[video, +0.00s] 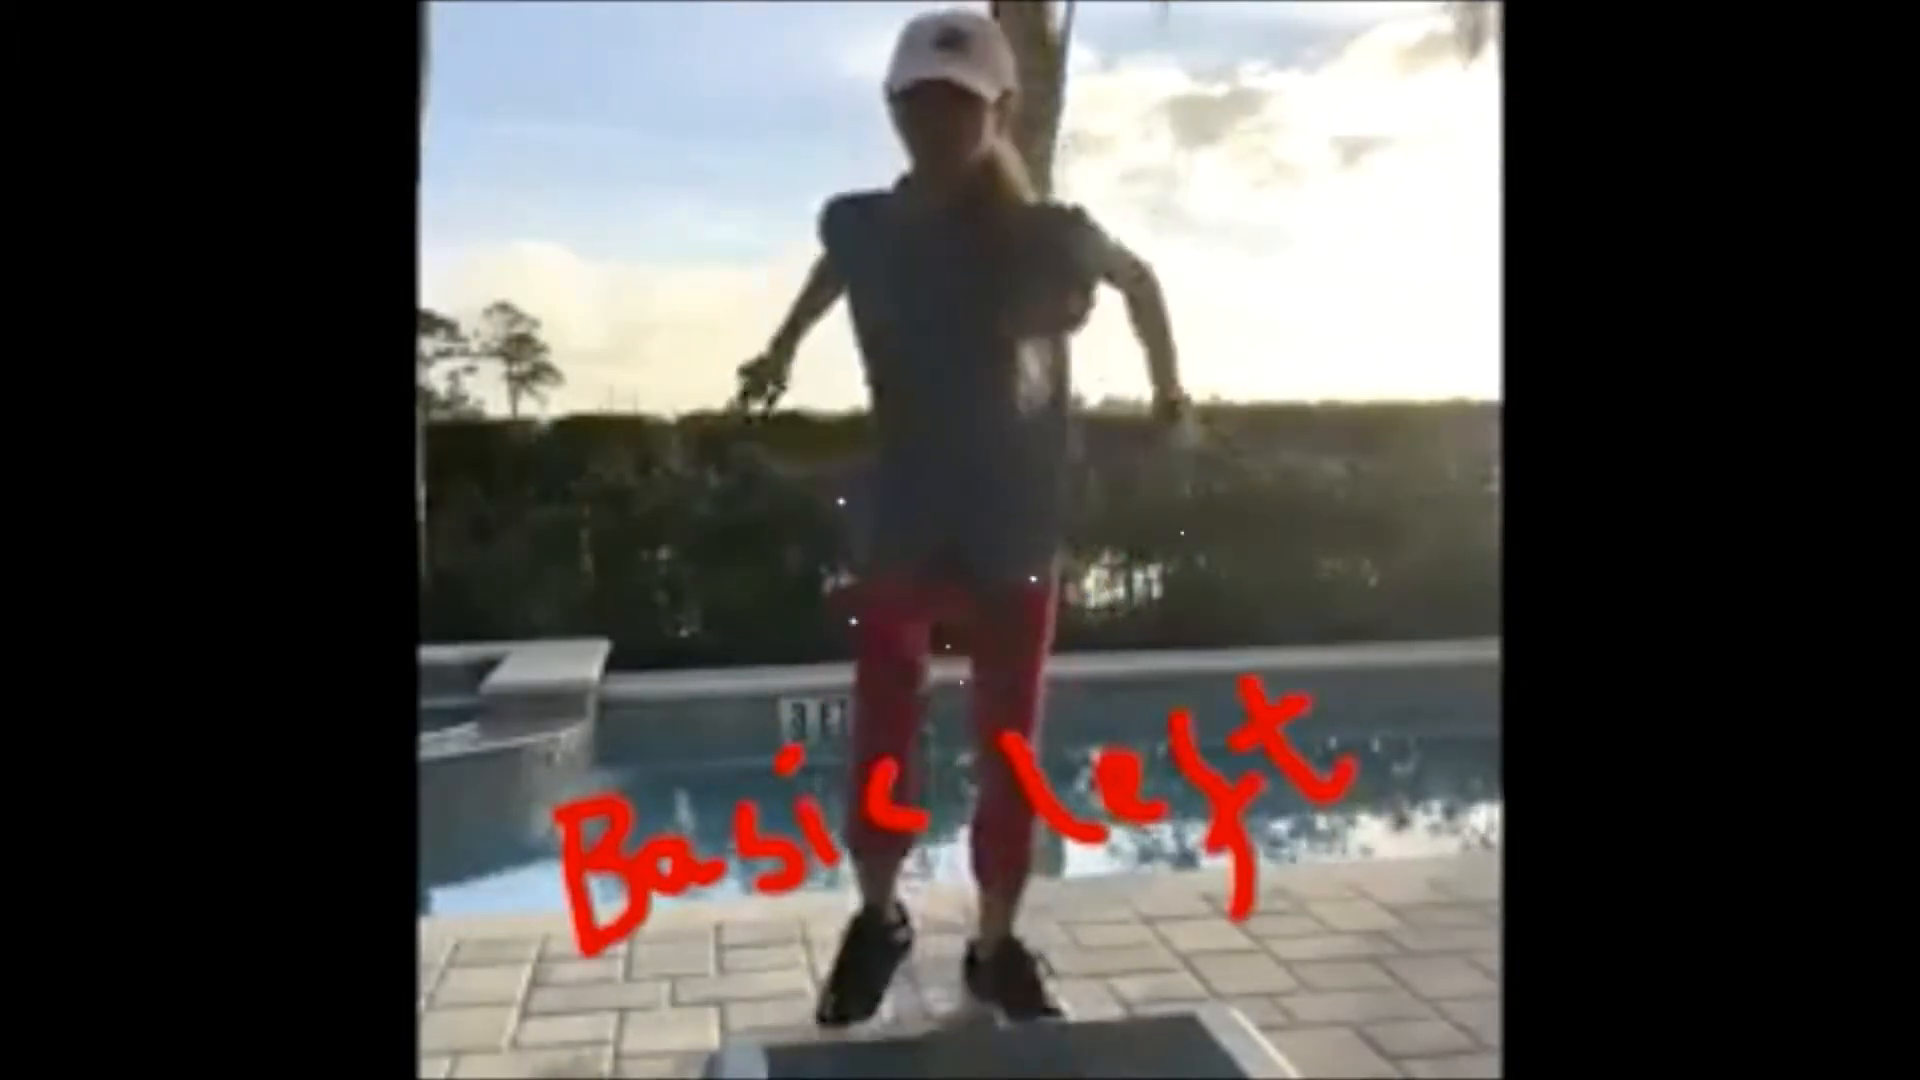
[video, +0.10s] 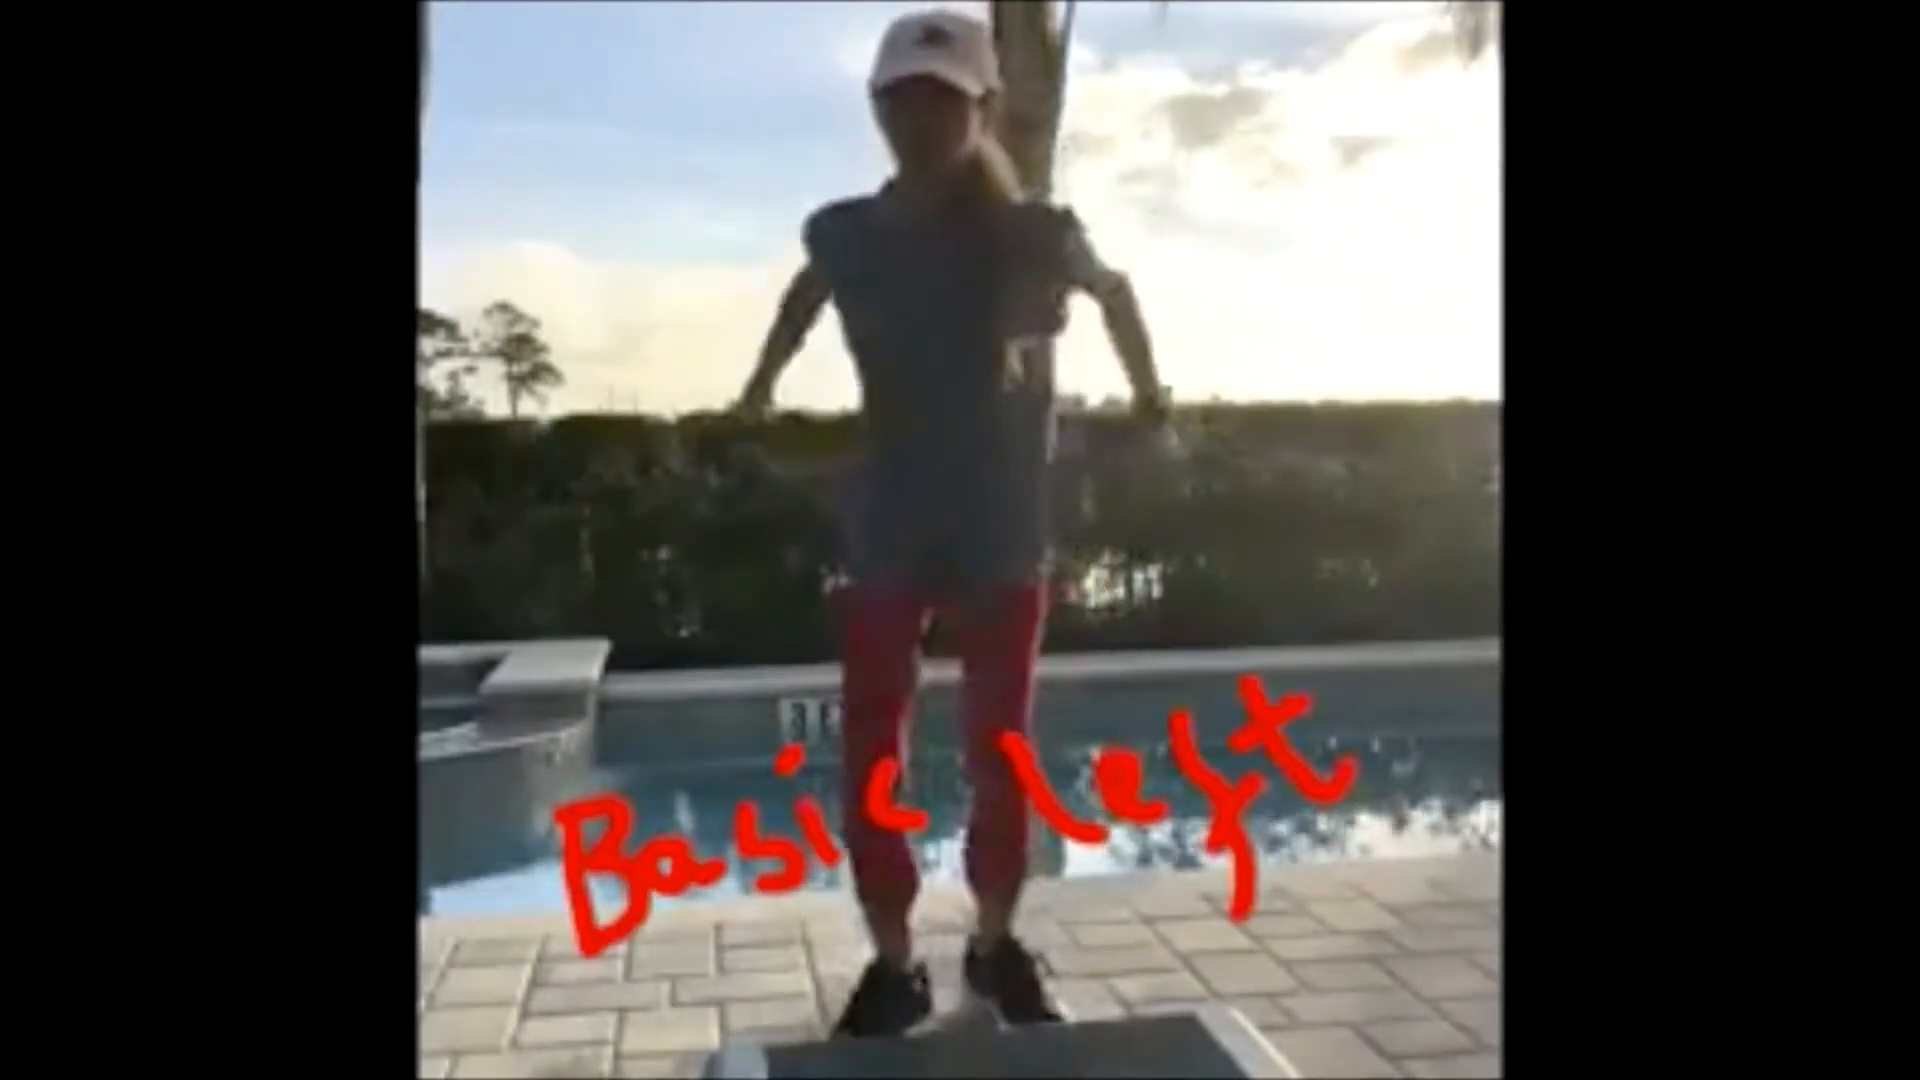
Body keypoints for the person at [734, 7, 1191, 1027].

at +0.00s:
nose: (933, 122)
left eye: (954, 103)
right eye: (916, 103)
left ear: (996, 110)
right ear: (894, 113)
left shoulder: (1051, 231)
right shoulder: (860, 228)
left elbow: (1140, 283)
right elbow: (825, 283)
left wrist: (1169, 400)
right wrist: (775, 352)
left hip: (1017, 506)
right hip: (901, 501)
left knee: (1009, 740)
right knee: (881, 723)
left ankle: (996, 943)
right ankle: (877, 916)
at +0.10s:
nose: (916, 119)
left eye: (938, 98)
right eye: (900, 99)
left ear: (981, 107)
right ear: (878, 110)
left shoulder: (1036, 230)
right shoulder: (844, 233)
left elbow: (1114, 295)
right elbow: (795, 313)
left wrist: (1149, 400)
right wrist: (754, 395)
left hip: (1003, 514)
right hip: (887, 514)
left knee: (999, 741)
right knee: (871, 746)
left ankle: (995, 943)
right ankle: (893, 961)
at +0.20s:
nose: (897, 113)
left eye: (920, 91)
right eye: (880, 92)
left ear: (963, 102)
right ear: (857, 106)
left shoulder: (1021, 234)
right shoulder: (827, 245)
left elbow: (1084, 368)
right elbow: (773, 364)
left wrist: (1076, 483)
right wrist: (773, 416)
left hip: (996, 518)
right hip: (874, 517)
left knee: (979, 748)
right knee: (870, 752)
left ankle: (1002, 909)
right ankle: (894, 964)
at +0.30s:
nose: (896, 90)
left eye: (917, 69)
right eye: (877, 71)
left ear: (954, 79)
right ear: (853, 83)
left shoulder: (1004, 219)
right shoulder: (814, 227)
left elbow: (1030, 405)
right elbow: (769, 402)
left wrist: (956, 459)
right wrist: (864, 417)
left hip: (990, 499)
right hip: (873, 507)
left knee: (982, 690)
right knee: (886, 731)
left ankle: (1007, 867)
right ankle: (896, 964)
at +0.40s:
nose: (899, 85)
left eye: (921, 63)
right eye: (879, 64)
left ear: (955, 75)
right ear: (852, 76)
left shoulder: (1008, 209)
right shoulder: (810, 206)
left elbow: (1010, 336)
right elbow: (785, 320)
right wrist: (941, 278)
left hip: (998, 487)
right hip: (877, 498)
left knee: (995, 626)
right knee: (890, 724)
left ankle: (1021, 885)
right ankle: (897, 964)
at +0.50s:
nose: (926, 45)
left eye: (944, 26)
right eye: (903, 26)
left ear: (973, 40)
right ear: (866, 42)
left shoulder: (1012, 161)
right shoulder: (817, 170)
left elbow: (1040, 240)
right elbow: (788, 239)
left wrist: (908, 183)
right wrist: (920, 164)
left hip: (1009, 463)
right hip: (878, 469)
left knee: (1007, 664)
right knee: (892, 708)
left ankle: (1021, 960)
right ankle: (893, 956)